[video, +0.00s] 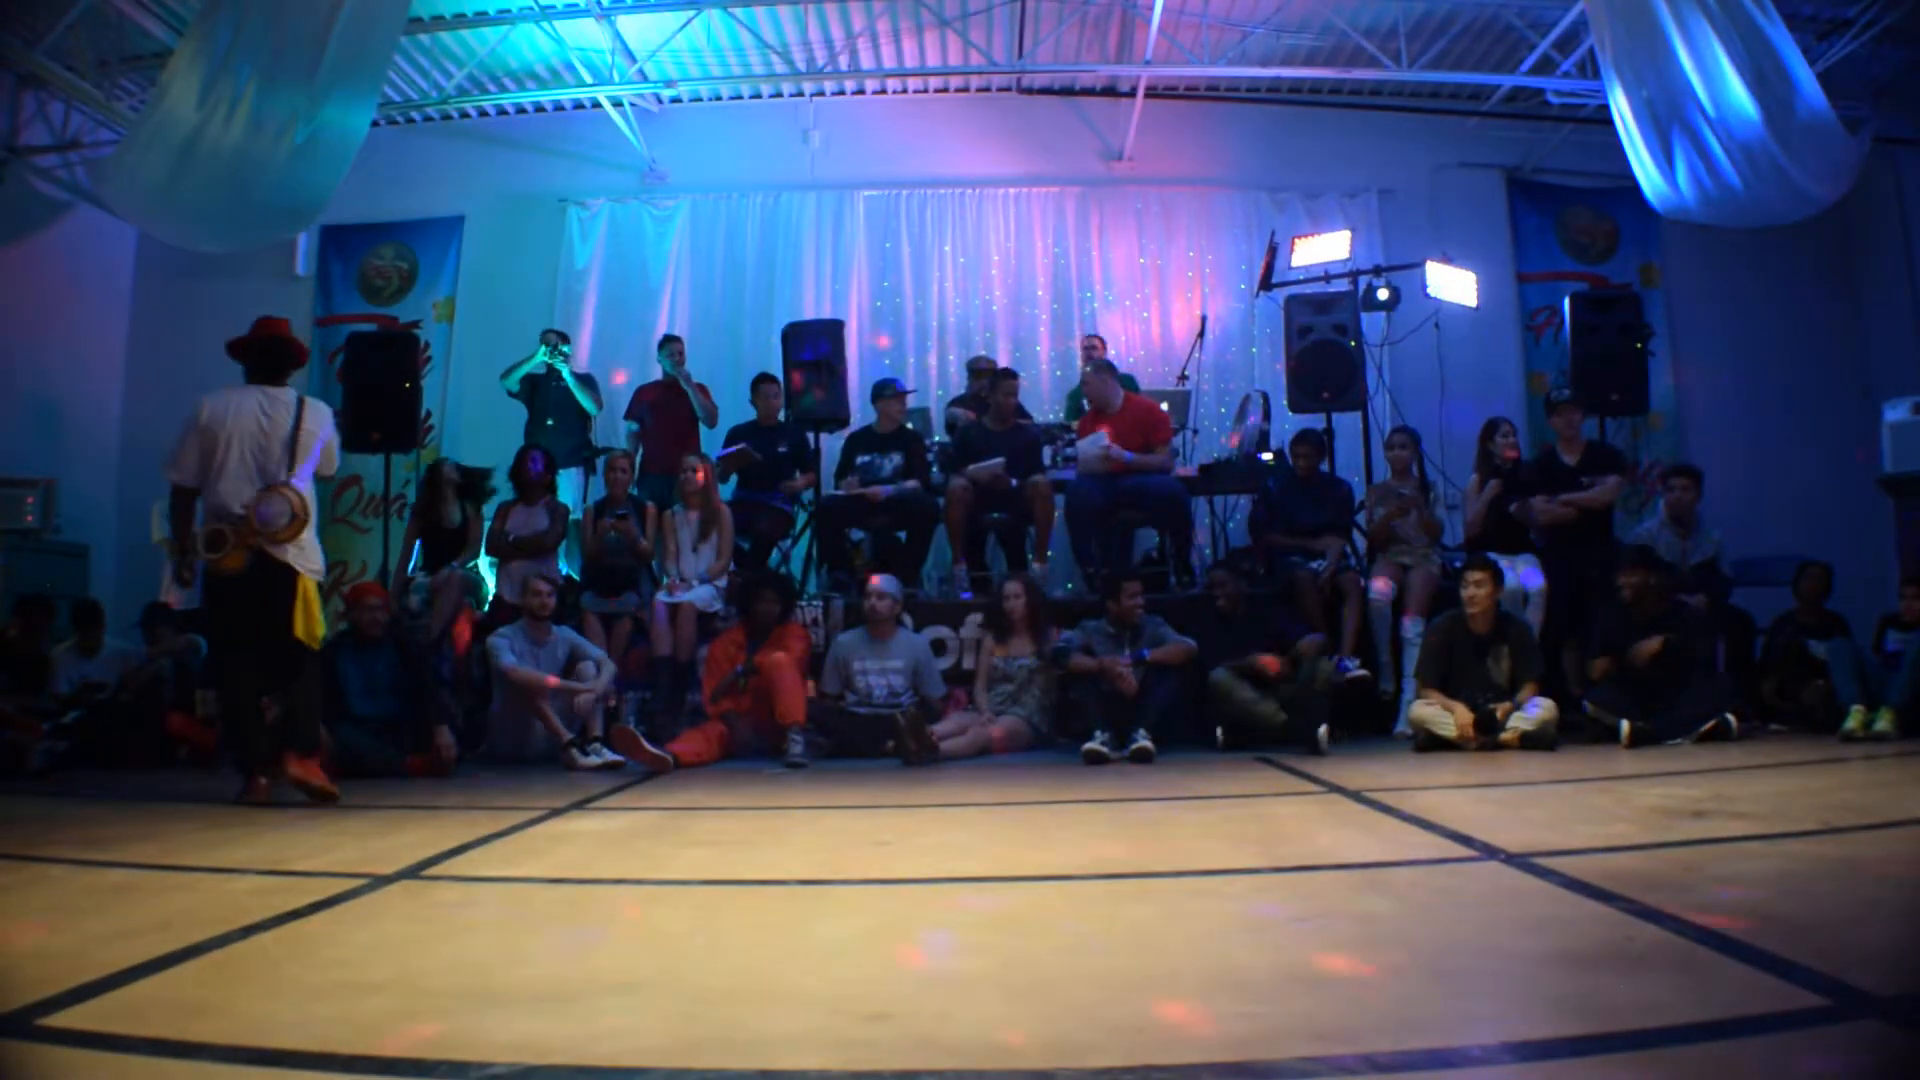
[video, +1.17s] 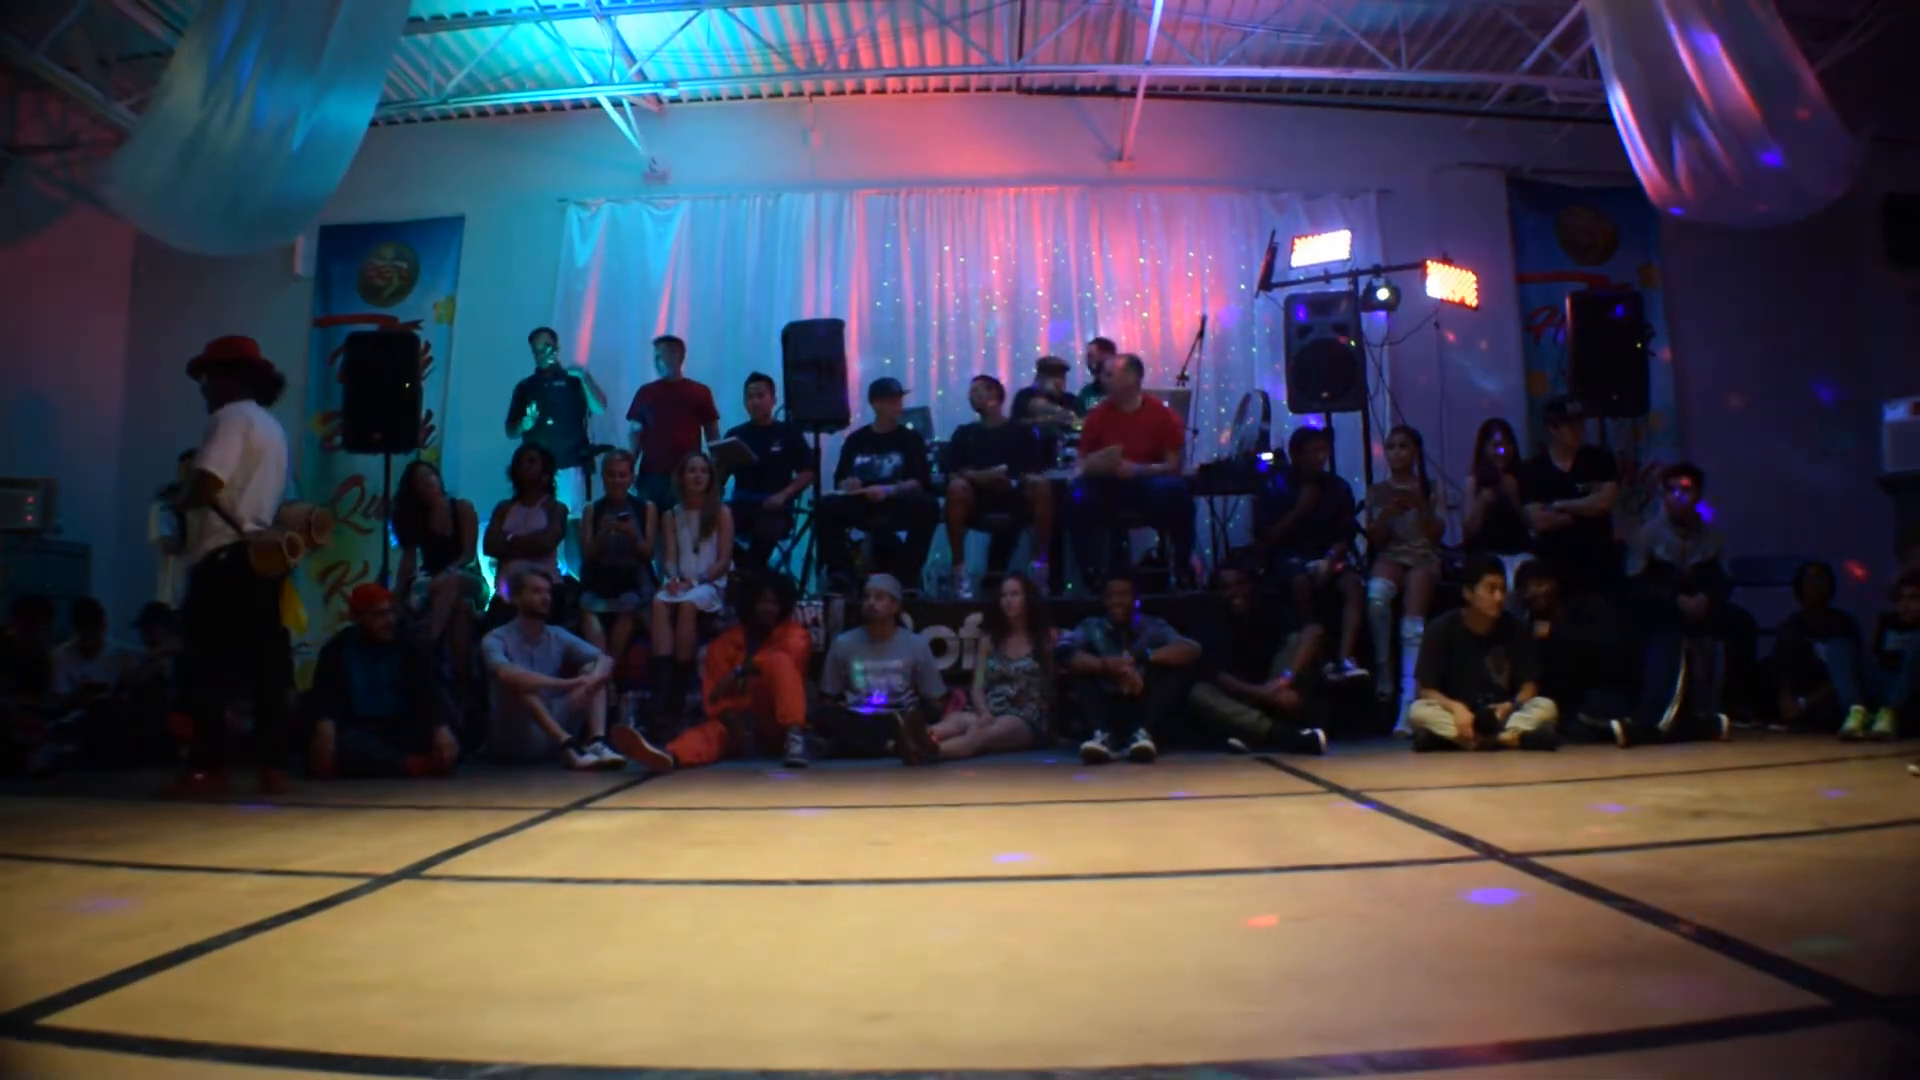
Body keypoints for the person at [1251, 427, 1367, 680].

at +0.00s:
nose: (1302, 463)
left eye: (1308, 457)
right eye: (1297, 457)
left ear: (1320, 457)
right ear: (1290, 456)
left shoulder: (1338, 488)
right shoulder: (1277, 486)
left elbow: (1341, 534)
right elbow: (1263, 535)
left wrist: (1330, 566)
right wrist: (1313, 544)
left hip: (1328, 553)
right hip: (1291, 554)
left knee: (1353, 582)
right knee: (1304, 580)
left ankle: (1346, 657)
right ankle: (1319, 653)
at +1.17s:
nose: (1320, 458)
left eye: (1323, 451)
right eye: (1313, 452)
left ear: (1328, 453)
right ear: (1296, 454)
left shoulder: (1337, 487)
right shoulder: (1277, 486)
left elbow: (1346, 533)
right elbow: (1267, 535)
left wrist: (1332, 560)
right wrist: (1300, 509)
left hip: (1328, 555)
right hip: (1291, 555)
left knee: (1353, 584)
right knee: (1301, 583)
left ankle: (1345, 657)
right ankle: (1313, 657)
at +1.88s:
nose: (1320, 452)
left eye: (1322, 446)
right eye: (1313, 446)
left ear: (1327, 451)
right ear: (1295, 452)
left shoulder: (1338, 486)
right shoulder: (1275, 487)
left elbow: (1345, 532)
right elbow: (1264, 537)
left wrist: (1331, 560)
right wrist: (1300, 533)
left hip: (1329, 557)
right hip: (1290, 557)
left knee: (1353, 584)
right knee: (1300, 583)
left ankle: (1342, 658)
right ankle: (1309, 659)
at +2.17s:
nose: (1326, 451)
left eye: (1325, 445)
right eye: (1318, 446)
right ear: (1300, 453)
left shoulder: (1337, 487)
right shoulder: (1276, 488)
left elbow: (1345, 532)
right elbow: (1265, 539)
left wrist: (1333, 560)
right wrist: (1305, 560)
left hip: (1328, 560)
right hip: (1291, 561)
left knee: (1354, 585)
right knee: (1300, 586)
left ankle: (1343, 658)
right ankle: (1314, 661)